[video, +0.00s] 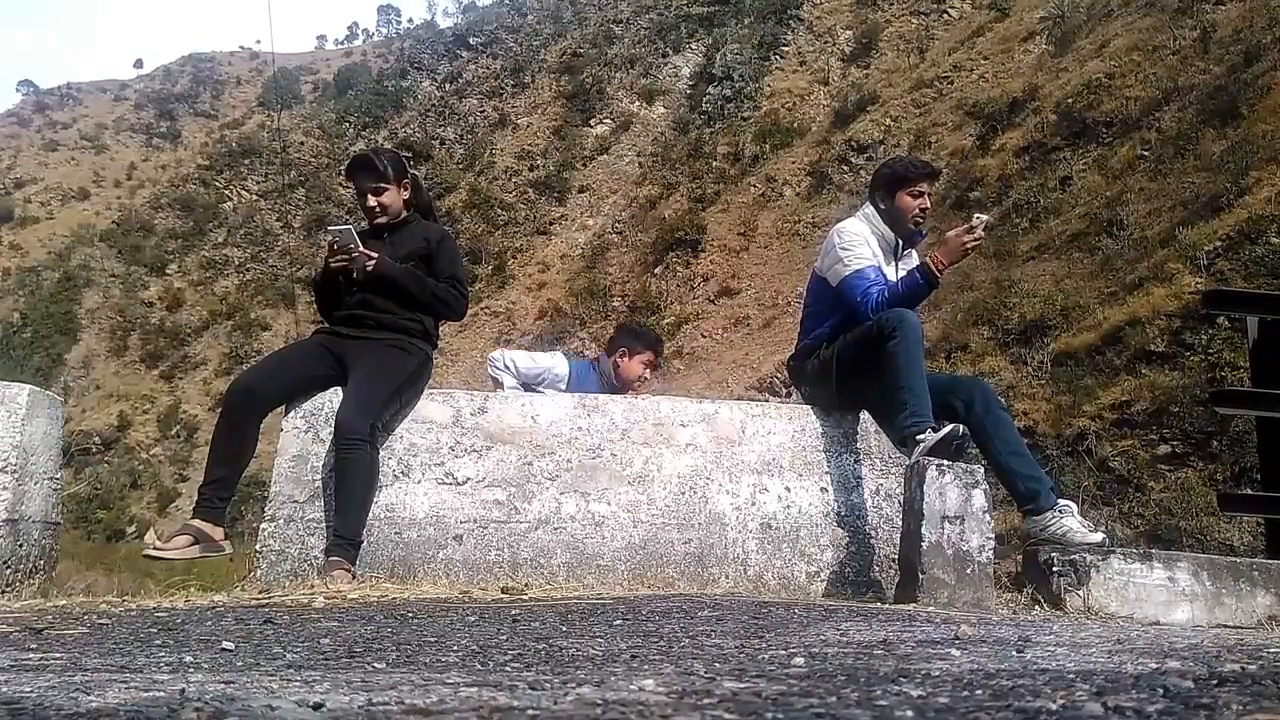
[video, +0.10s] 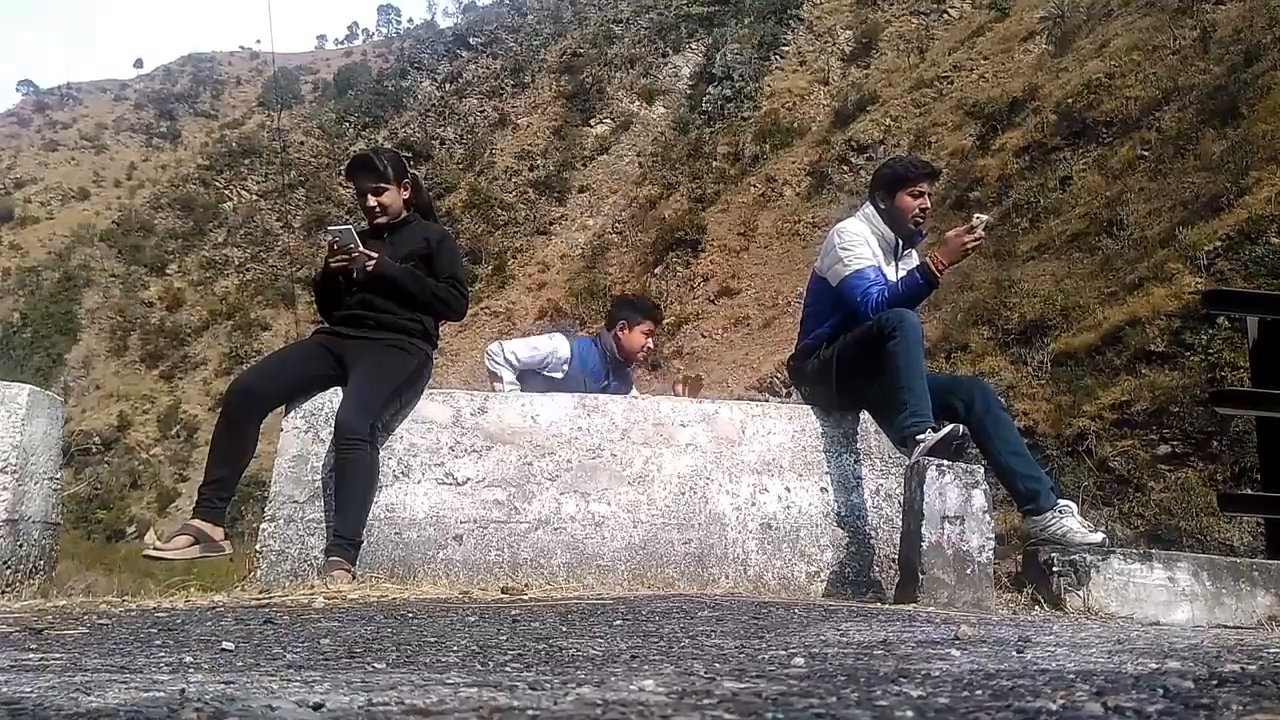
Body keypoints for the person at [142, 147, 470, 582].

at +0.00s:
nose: (372, 202)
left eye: (380, 191)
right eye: (364, 194)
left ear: (405, 187)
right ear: (359, 195)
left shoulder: (433, 236)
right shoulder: (355, 235)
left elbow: (455, 303)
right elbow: (330, 309)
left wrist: (386, 268)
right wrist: (332, 271)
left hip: (396, 348)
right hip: (336, 341)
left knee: (353, 426)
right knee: (247, 392)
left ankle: (340, 562)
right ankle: (208, 525)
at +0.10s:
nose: (372, 201)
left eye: (380, 191)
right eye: (364, 194)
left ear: (405, 187)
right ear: (359, 195)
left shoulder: (433, 236)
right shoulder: (355, 235)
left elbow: (455, 303)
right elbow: (330, 309)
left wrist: (386, 268)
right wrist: (332, 270)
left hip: (396, 348)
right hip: (335, 341)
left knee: (353, 426)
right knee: (247, 392)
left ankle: (340, 563)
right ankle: (208, 525)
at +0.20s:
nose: (372, 203)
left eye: (380, 192)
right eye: (364, 195)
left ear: (405, 188)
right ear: (358, 195)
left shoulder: (433, 237)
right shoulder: (355, 236)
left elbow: (455, 304)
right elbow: (330, 310)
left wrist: (386, 269)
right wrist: (332, 272)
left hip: (396, 349)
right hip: (336, 342)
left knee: (353, 426)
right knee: (246, 393)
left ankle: (340, 563)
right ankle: (208, 526)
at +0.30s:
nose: (372, 203)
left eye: (381, 193)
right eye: (364, 195)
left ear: (406, 189)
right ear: (359, 196)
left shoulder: (434, 237)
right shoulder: (356, 236)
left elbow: (455, 305)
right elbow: (330, 310)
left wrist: (385, 269)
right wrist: (333, 273)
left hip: (396, 349)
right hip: (335, 342)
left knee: (354, 427)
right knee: (246, 393)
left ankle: (340, 563)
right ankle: (207, 526)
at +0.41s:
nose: (372, 203)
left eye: (380, 193)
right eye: (364, 195)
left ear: (406, 189)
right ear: (359, 195)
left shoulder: (434, 237)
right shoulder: (356, 236)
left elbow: (455, 305)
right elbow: (330, 310)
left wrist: (385, 269)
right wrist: (333, 273)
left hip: (397, 350)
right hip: (336, 342)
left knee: (354, 427)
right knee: (246, 393)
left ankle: (340, 564)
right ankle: (207, 526)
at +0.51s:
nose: (371, 203)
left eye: (380, 192)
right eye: (364, 194)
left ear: (407, 188)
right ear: (359, 195)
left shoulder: (433, 238)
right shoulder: (356, 236)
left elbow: (456, 304)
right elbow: (330, 309)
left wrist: (385, 270)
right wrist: (333, 272)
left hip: (397, 350)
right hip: (337, 342)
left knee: (354, 428)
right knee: (247, 393)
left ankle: (340, 565)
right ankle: (208, 526)